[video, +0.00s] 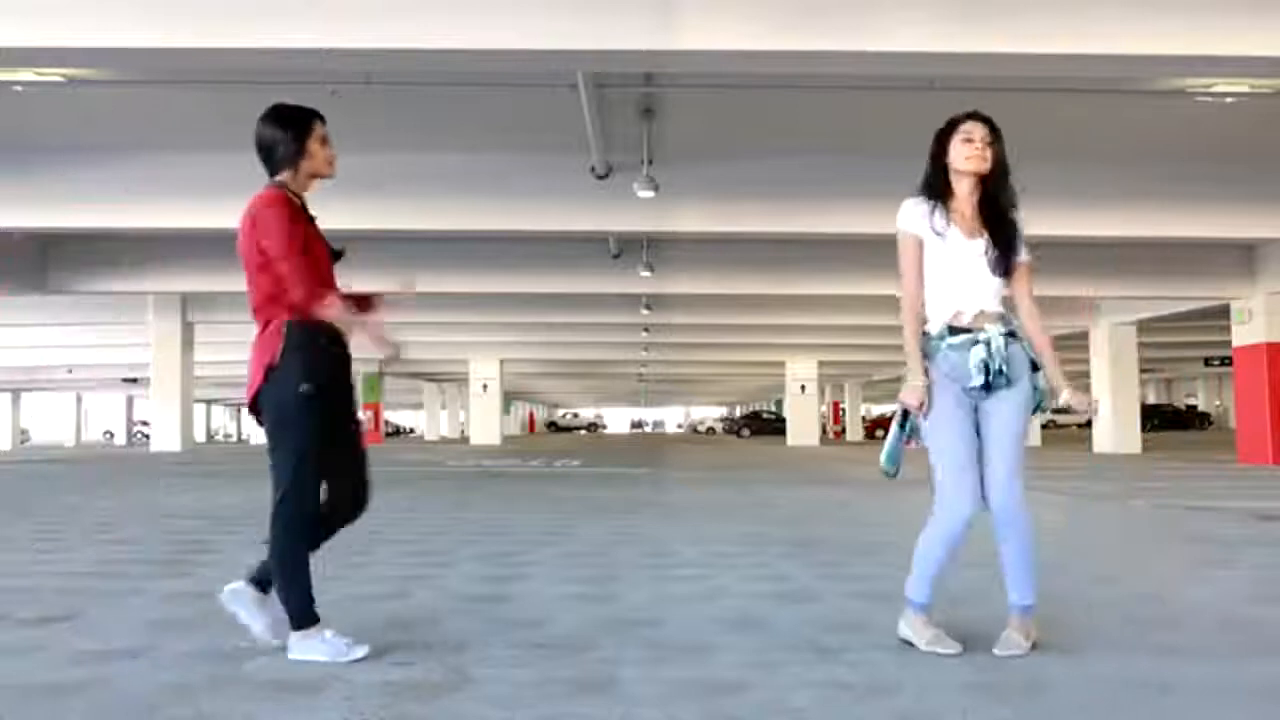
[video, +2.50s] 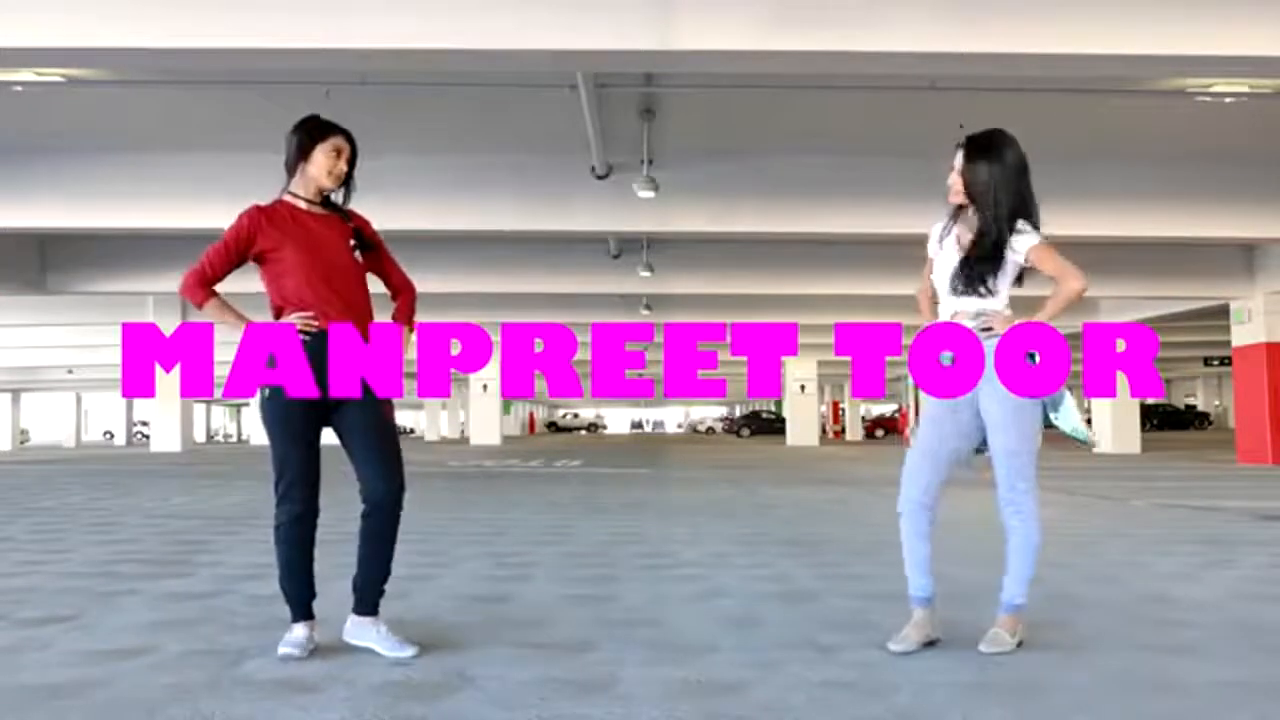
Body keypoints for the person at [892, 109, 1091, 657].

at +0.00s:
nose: (976, 148)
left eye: (985, 142)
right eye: (965, 140)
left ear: (996, 158)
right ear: (944, 152)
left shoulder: (1006, 225)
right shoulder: (919, 213)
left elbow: (1025, 306)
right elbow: (911, 298)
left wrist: (1059, 381)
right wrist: (914, 372)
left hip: (1007, 358)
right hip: (943, 359)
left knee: (1005, 493)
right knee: (960, 498)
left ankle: (1022, 618)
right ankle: (915, 612)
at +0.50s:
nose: (926, 157)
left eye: (932, 145)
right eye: (913, 154)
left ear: (951, 152)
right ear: (905, 171)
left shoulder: (960, 222)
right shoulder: (919, 218)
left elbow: (964, 308)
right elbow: (926, 304)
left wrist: (989, 376)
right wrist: (949, 381)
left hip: (967, 358)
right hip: (929, 358)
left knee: (1000, 486)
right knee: (932, 497)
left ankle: (972, 614)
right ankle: (914, 616)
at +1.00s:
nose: (930, 164)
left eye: (934, 152)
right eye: (915, 163)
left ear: (949, 158)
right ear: (904, 180)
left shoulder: (952, 226)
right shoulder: (921, 223)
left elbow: (954, 309)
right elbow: (940, 307)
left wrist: (972, 379)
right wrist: (972, 383)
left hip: (958, 365)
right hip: (923, 365)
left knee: (994, 488)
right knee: (936, 492)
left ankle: (971, 615)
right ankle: (916, 615)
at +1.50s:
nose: (938, 165)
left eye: (942, 154)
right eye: (924, 162)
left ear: (956, 160)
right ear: (911, 176)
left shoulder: (942, 225)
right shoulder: (926, 212)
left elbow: (953, 319)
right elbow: (939, 300)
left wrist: (987, 394)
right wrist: (963, 378)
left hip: (955, 369)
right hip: (926, 368)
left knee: (998, 492)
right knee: (955, 502)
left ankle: (971, 617)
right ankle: (917, 616)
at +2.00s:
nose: (920, 160)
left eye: (928, 150)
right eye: (914, 152)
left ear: (956, 150)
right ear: (914, 158)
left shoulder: (991, 215)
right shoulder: (907, 210)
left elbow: (1028, 285)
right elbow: (842, 260)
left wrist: (1014, 329)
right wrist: (866, 323)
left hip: (976, 354)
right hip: (917, 350)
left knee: (986, 490)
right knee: (918, 488)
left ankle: (993, 614)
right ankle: (912, 613)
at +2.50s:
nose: (951, 177)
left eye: (961, 170)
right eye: (953, 167)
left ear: (986, 181)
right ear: (956, 174)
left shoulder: (1014, 236)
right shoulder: (944, 230)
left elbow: (1072, 281)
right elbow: (925, 291)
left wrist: (1030, 324)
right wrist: (935, 335)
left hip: (1005, 377)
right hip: (949, 378)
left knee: (1016, 496)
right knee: (915, 492)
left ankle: (1010, 615)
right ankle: (921, 612)